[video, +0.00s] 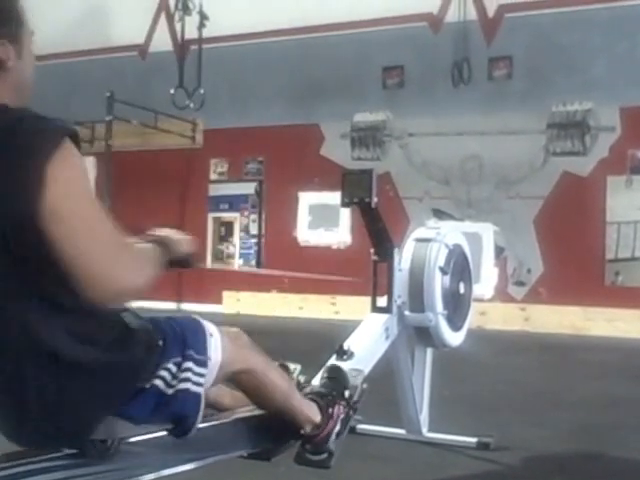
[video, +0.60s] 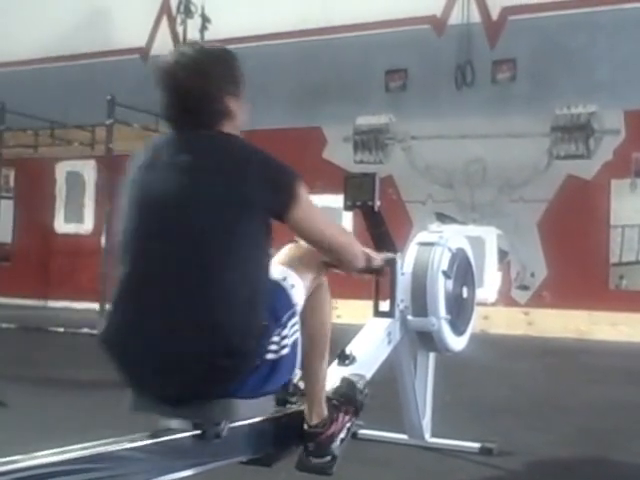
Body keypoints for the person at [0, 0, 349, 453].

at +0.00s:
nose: (32, 63)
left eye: (30, 48)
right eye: (29, 49)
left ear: (4, 53)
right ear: (7, 54)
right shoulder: (34, 140)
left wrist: (132, 249)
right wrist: (160, 247)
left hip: (10, 381)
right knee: (235, 345)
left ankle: (262, 412)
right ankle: (314, 420)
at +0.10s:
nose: (58, 60)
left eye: (55, 47)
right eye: (52, 46)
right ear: (29, 48)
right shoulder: (47, 135)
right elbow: (55, 273)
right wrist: (127, 250)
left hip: (10, 365)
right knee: (243, 333)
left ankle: (245, 407)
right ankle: (312, 420)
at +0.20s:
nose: (93, 64)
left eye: (91, 51)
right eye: (88, 50)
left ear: (7, 57)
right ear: (65, 53)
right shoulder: (83, 135)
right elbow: (105, 265)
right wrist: (167, 249)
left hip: (16, 377)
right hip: (85, 369)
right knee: (252, 313)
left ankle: (255, 418)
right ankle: (312, 422)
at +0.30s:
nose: (135, 63)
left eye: (131, 52)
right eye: (129, 52)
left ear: (45, 65)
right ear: (113, 59)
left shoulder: (13, 142)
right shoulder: (131, 140)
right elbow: (203, 264)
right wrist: (226, 244)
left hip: (50, 382)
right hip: (127, 373)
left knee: (191, 289)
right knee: (263, 289)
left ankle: (248, 413)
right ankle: (311, 417)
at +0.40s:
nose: (178, 78)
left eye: (174, 65)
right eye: (173, 65)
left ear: (95, 79)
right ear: (157, 74)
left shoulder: (57, 150)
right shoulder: (182, 153)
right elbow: (273, 266)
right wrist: (276, 229)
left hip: (85, 381)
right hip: (164, 380)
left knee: (206, 274)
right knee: (281, 283)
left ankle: (246, 416)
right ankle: (317, 421)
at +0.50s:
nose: (215, 92)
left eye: (211, 79)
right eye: (210, 80)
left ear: (140, 91)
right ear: (194, 89)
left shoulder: (108, 158)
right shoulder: (227, 160)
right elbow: (319, 255)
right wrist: (332, 241)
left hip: (114, 371)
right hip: (192, 374)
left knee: (223, 269)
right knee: (300, 263)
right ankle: (319, 422)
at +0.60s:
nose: (245, 106)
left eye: (243, 94)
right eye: (242, 94)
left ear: (175, 104)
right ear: (227, 103)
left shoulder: (148, 161)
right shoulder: (252, 165)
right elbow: (341, 248)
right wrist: (365, 261)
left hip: (142, 369)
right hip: (224, 372)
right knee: (309, 257)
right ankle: (318, 418)